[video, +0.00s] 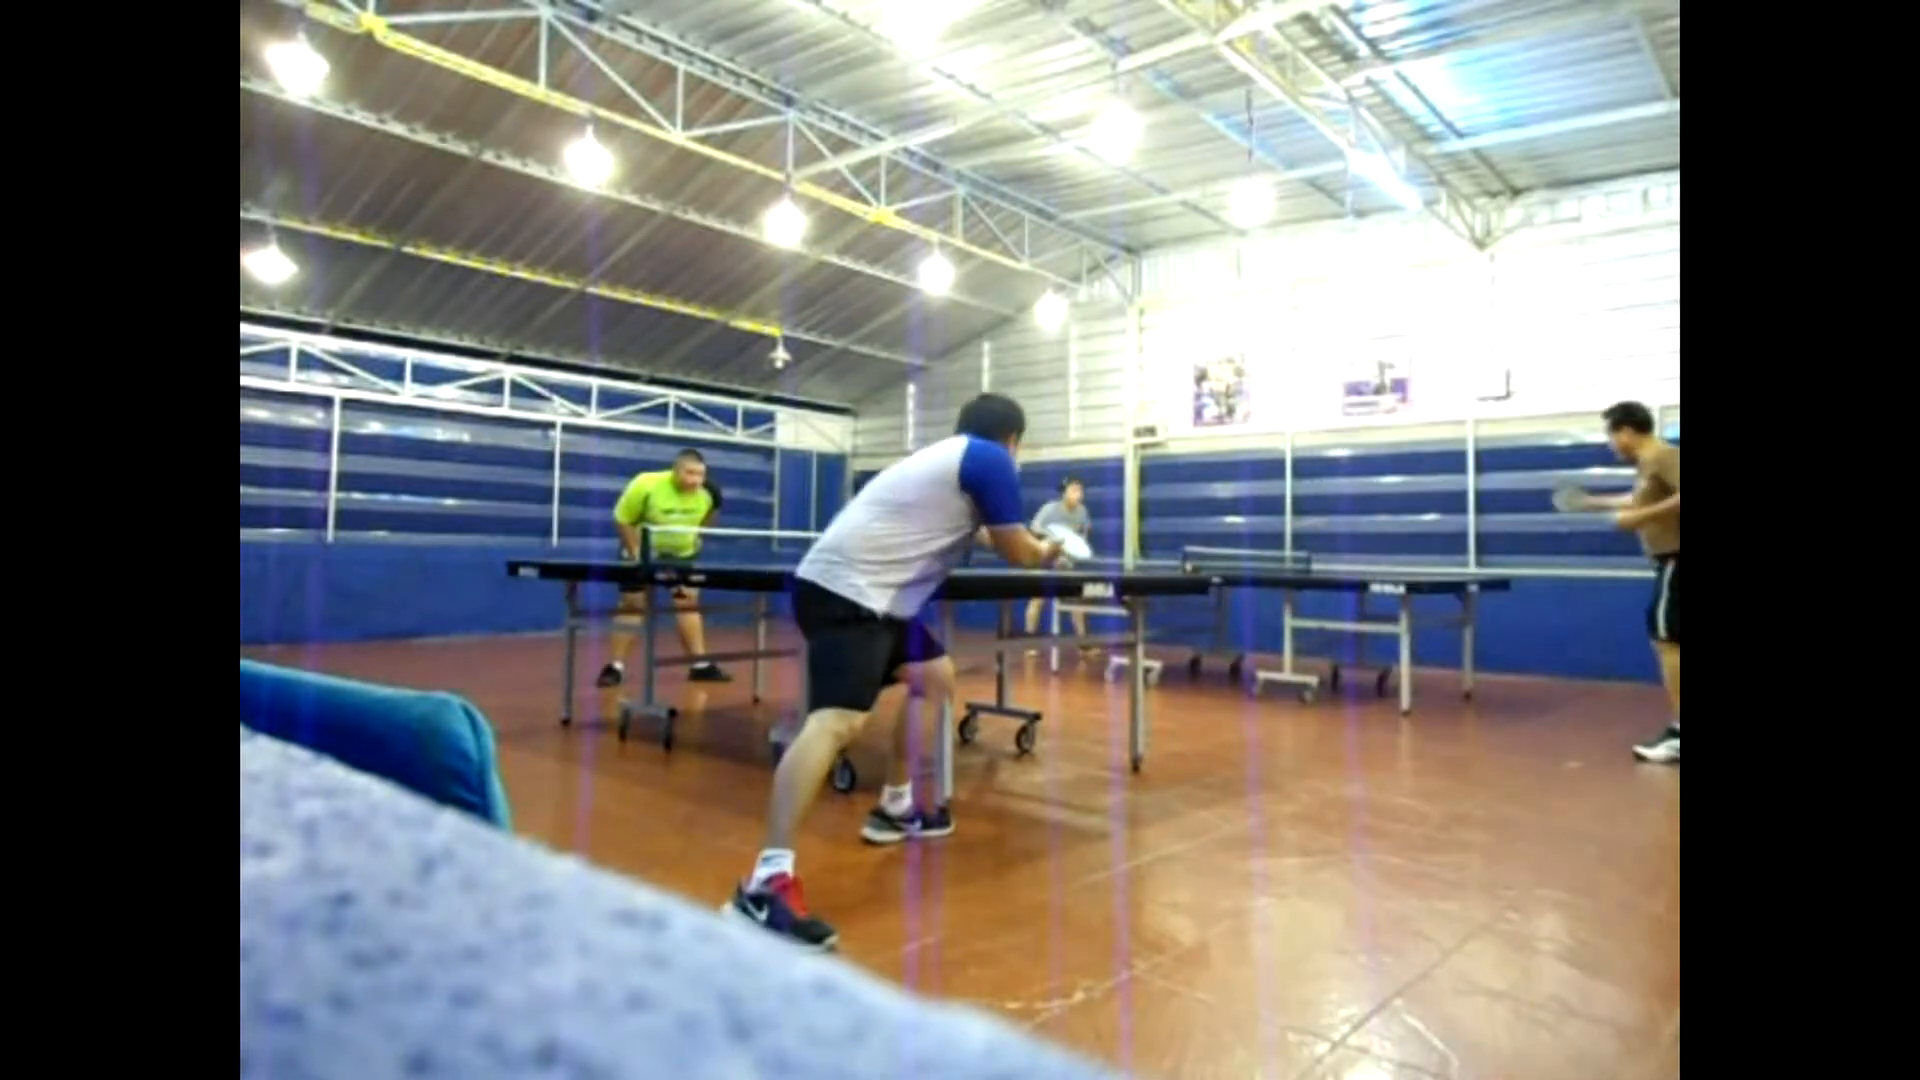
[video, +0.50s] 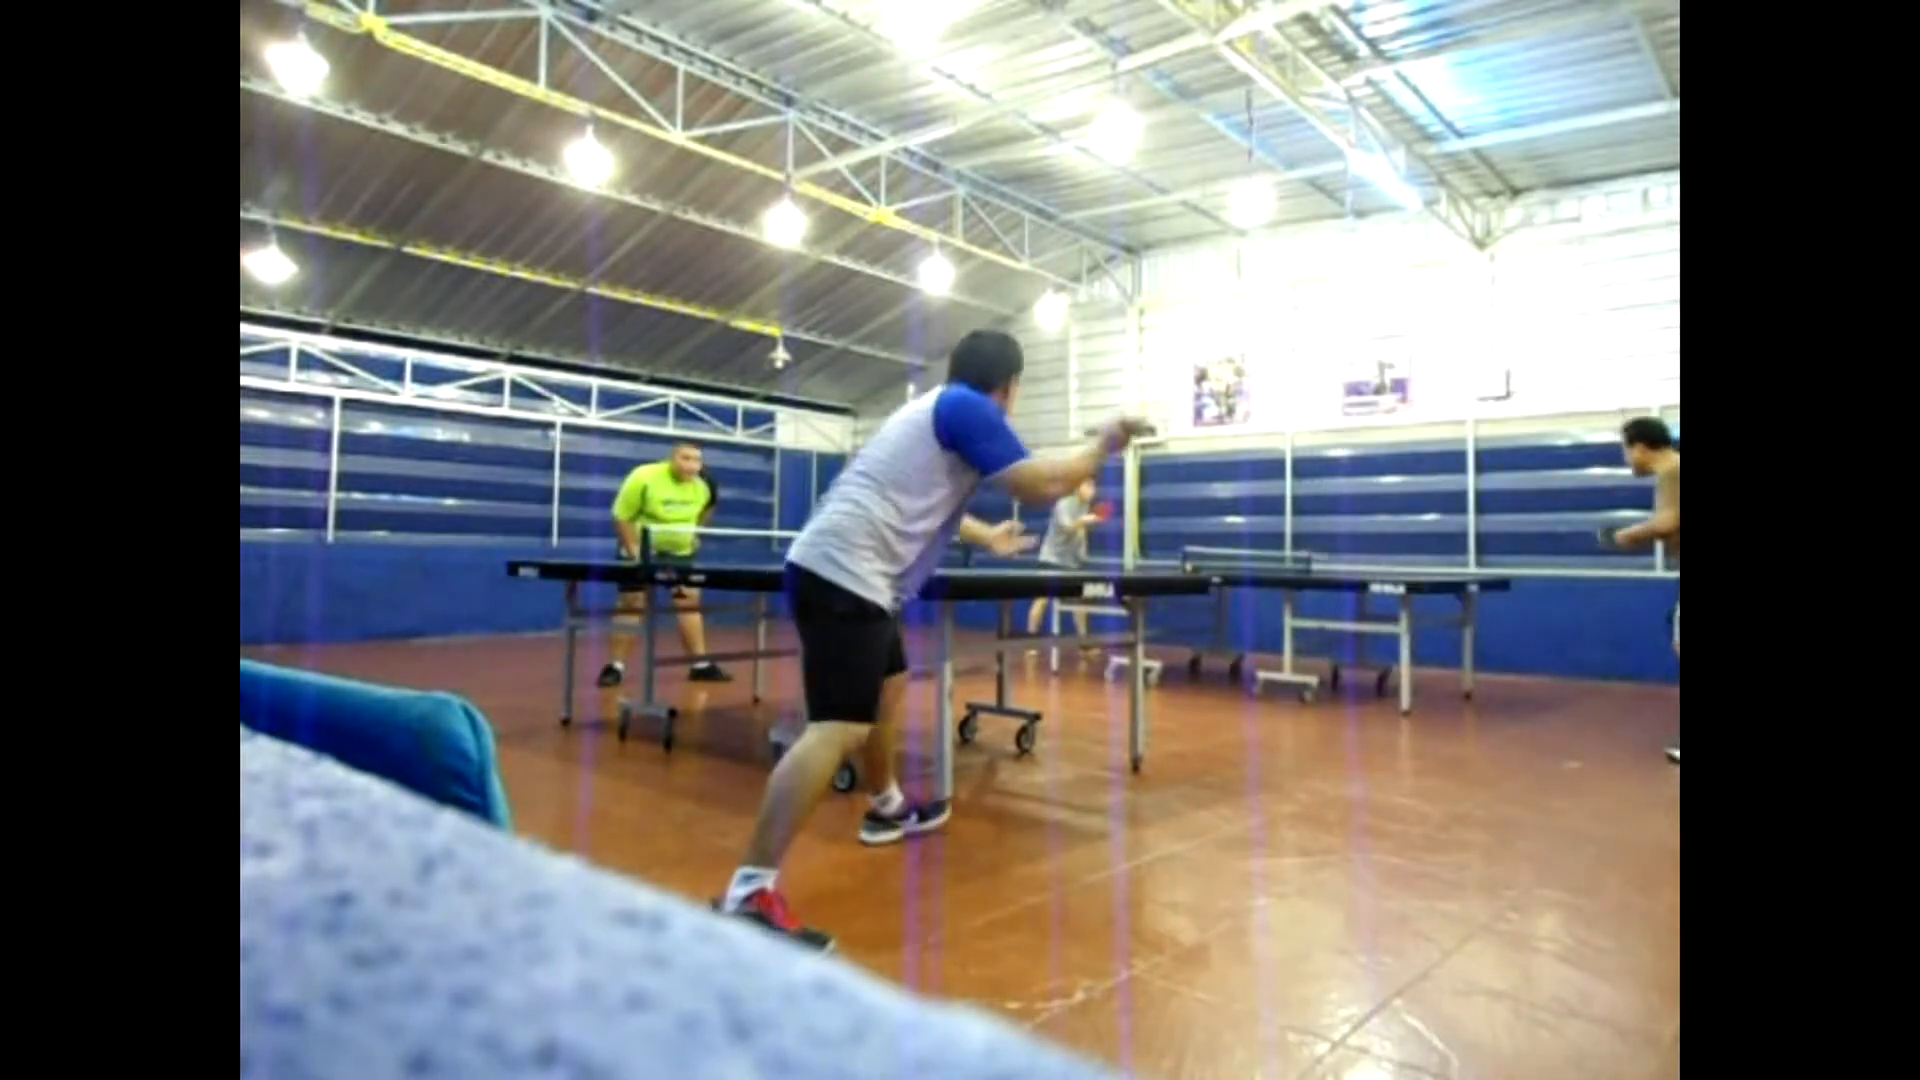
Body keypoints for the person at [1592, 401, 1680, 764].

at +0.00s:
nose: (1613, 444)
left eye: (1614, 435)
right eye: (1611, 436)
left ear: (1630, 432)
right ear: (1633, 432)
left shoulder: (1662, 457)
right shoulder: (1647, 462)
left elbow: (1677, 495)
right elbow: (1642, 500)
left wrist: (1641, 515)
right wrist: (1593, 502)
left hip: (1673, 559)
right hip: (1664, 559)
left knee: (1666, 640)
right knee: (1662, 639)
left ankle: (1677, 728)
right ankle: (1676, 726)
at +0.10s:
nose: (1621, 441)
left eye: (1623, 432)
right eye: (1620, 433)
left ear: (1638, 430)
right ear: (1643, 431)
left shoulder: (1666, 458)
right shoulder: (1651, 464)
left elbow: (1678, 501)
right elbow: (1655, 511)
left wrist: (1650, 522)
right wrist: (1620, 524)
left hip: (1671, 559)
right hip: (1662, 558)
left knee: (1663, 639)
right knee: (1660, 639)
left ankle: (1677, 727)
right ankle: (1675, 726)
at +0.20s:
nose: (1626, 445)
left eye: (1629, 437)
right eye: (1626, 438)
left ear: (1643, 437)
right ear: (1651, 436)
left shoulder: (1668, 464)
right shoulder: (1662, 467)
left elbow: (1675, 513)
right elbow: (1667, 518)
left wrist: (1645, 532)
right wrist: (1635, 534)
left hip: (1675, 566)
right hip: (1669, 565)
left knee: (1663, 642)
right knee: (1663, 641)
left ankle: (1677, 727)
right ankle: (1675, 726)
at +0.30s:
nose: (1627, 445)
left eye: (1630, 437)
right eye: (1627, 438)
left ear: (1644, 437)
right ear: (1652, 436)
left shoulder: (1670, 463)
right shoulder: (1665, 464)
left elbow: (1675, 511)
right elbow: (1672, 513)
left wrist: (1647, 532)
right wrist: (1646, 534)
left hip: (1679, 568)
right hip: (1675, 565)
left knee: (1672, 638)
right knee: (1670, 637)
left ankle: (1678, 725)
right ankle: (1676, 724)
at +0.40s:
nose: (1628, 448)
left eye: (1630, 440)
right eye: (1628, 440)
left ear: (1645, 439)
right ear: (1655, 438)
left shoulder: (1669, 465)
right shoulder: (1664, 467)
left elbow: (1675, 509)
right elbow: (1671, 513)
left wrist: (1644, 532)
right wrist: (1645, 533)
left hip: (1678, 571)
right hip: (1675, 568)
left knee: (1674, 637)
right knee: (1672, 636)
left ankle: (1678, 742)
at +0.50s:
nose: (1628, 458)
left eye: (1629, 450)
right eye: (1627, 450)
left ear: (1644, 447)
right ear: (1651, 446)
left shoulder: (1670, 470)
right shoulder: (1667, 471)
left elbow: (1668, 521)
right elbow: (1667, 521)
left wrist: (1628, 535)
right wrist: (1631, 534)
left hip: (1678, 580)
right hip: (1676, 577)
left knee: (1676, 640)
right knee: (1674, 638)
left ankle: (1678, 741)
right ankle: (1677, 741)